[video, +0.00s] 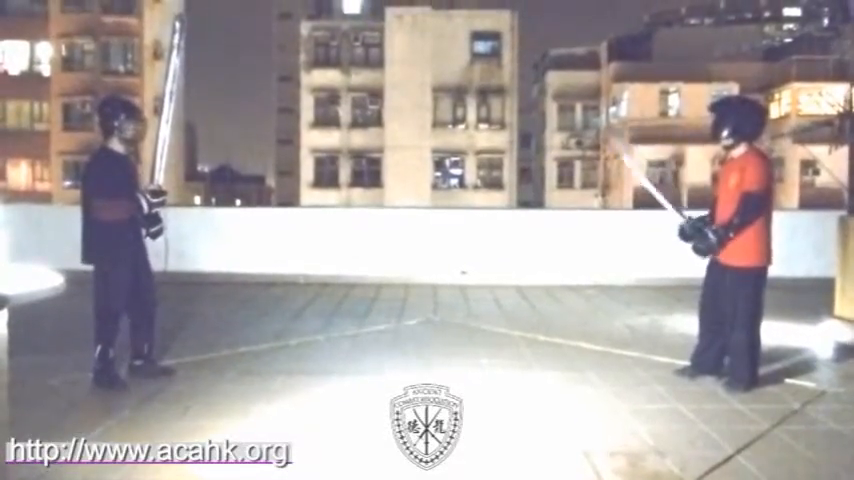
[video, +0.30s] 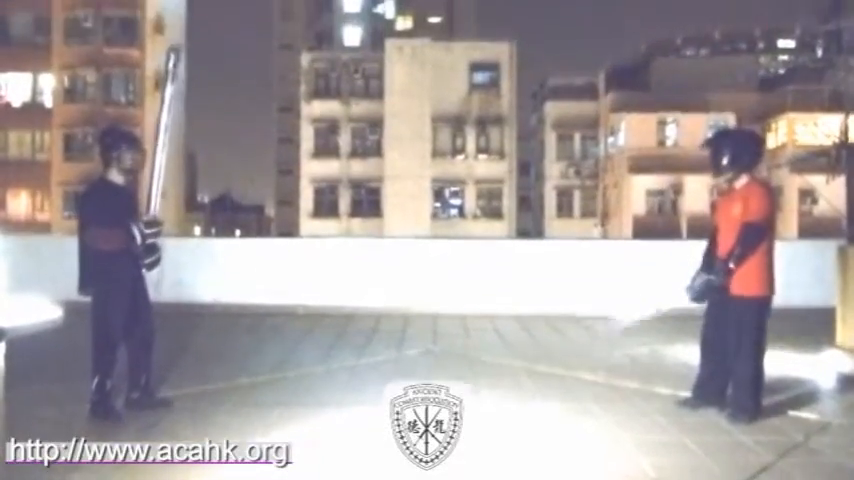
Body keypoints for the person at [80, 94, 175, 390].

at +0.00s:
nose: (137, 129)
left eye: (138, 123)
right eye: (132, 123)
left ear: (129, 126)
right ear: (116, 125)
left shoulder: (126, 162)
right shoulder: (102, 164)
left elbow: (124, 201)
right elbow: (101, 210)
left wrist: (147, 201)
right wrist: (140, 212)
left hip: (130, 244)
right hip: (108, 247)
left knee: (143, 298)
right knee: (110, 304)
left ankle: (142, 357)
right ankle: (103, 363)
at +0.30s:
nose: (136, 159)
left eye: (137, 153)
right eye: (130, 153)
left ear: (131, 156)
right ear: (114, 154)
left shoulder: (126, 193)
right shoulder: (96, 194)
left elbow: (127, 232)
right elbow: (94, 237)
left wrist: (146, 233)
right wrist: (132, 241)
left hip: (130, 272)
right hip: (106, 275)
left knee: (142, 329)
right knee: (107, 335)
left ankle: (140, 390)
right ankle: (100, 396)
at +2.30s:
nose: (152, 174)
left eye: (152, 168)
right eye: (147, 167)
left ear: (138, 172)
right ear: (130, 171)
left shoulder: (143, 210)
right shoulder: (112, 211)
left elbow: (143, 249)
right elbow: (113, 258)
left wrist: (161, 258)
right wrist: (154, 253)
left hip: (144, 290)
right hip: (119, 292)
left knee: (156, 344)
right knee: (122, 349)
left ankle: (153, 404)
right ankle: (114, 410)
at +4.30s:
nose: (140, 169)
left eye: (140, 163)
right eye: (134, 163)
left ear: (126, 166)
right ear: (117, 166)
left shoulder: (128, 203)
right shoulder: (101, 205)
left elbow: (130, 240)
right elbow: (103, 252)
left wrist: (149, 240)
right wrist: (142, 247)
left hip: (134, 283)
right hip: (111, 287)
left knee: (145, 338)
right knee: (113, 343)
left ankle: (144, 398)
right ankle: (106, 405)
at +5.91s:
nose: (147, 159)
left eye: (146, 153)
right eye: (142, 153)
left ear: (129, 155)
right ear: (128, 155)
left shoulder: (137, 192)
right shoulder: (112, 194)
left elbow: (138, 229)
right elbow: (115, 239)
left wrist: (158, 229)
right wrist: (154, 241)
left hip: (145, 274)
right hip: (124, 277)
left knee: (158, 328)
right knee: (126, 333)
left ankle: (159, 385)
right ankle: (120, 391)